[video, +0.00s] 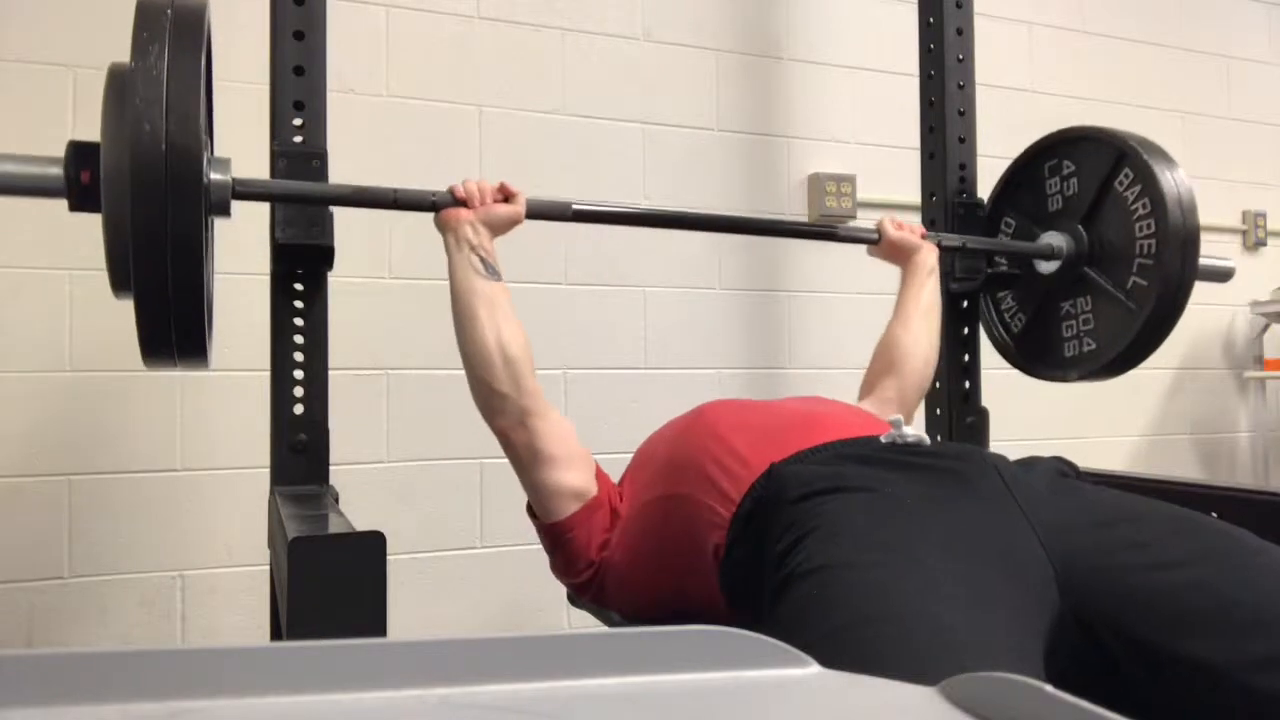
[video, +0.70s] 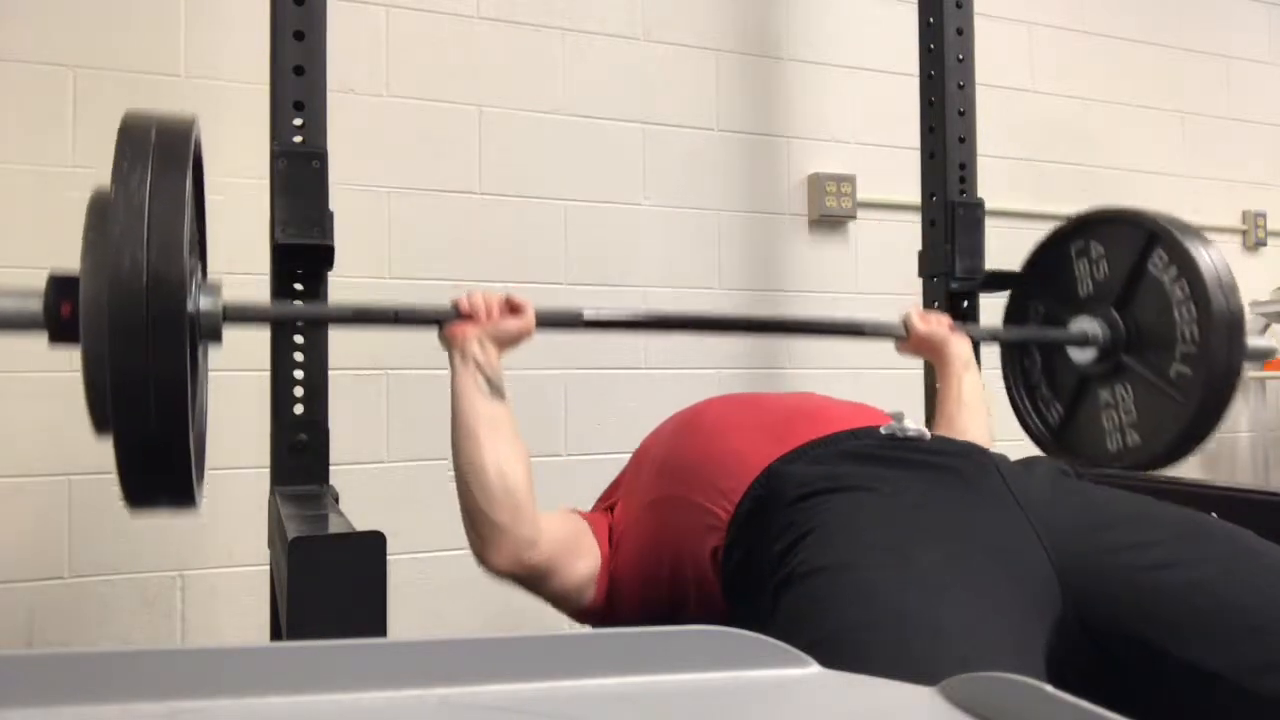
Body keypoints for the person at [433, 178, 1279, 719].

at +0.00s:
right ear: (620, 504)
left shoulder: (845, 426)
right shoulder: (612, 537)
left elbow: (896, 384)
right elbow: (517, 412)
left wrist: (919, 265)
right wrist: (471, 250)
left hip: (1011, 474)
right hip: (838, 493)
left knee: (1268, 603)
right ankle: (985, 701)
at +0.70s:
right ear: (643, 495)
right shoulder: (620, 543)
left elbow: (980, 471)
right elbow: (509, 538)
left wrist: (954, 352)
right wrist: (472, 364)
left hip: (1028, 484)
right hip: (850, 506)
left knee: (1270, 614)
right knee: (928, 691)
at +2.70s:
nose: (772, 422)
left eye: (805, 425)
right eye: (734, 426)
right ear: (657, 485)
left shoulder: (871, 440)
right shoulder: (624, 539)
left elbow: (969, 468)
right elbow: (529, 533)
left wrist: (973, 347)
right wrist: (484, 364)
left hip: (1044, 490)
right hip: (853, 509)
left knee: (1273, 621)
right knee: (936, 693)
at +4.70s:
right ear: (640, 493)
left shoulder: (855, 425)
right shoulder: (619, 539)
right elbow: (550, 634)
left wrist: (980, 454)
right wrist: (496, 491)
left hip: (1031, 487)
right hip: (851, 507)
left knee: (1274, 607)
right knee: (935, 694)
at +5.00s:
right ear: (654, 497)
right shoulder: (629, 537)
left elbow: (994, 480)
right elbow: (535, 546)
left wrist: (980, 374)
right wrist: (492, 380)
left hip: (1035, 484)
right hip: (858, 506)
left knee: (1273, 618)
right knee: (918, 695)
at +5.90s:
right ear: (647, 481)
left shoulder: (865, 422)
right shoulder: (625, 531)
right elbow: (551, 629)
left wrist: (986, 451)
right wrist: (499, 483)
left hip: (1035, 487)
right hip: (858, 504)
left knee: (1273, 608)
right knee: (932, 686)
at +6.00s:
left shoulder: (849, 425)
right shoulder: (613, 544)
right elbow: (555, 635)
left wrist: (986, 457)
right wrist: (498, 499)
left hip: (1035, 487)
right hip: (856, 506)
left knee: (1274, 607)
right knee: (929, 700)